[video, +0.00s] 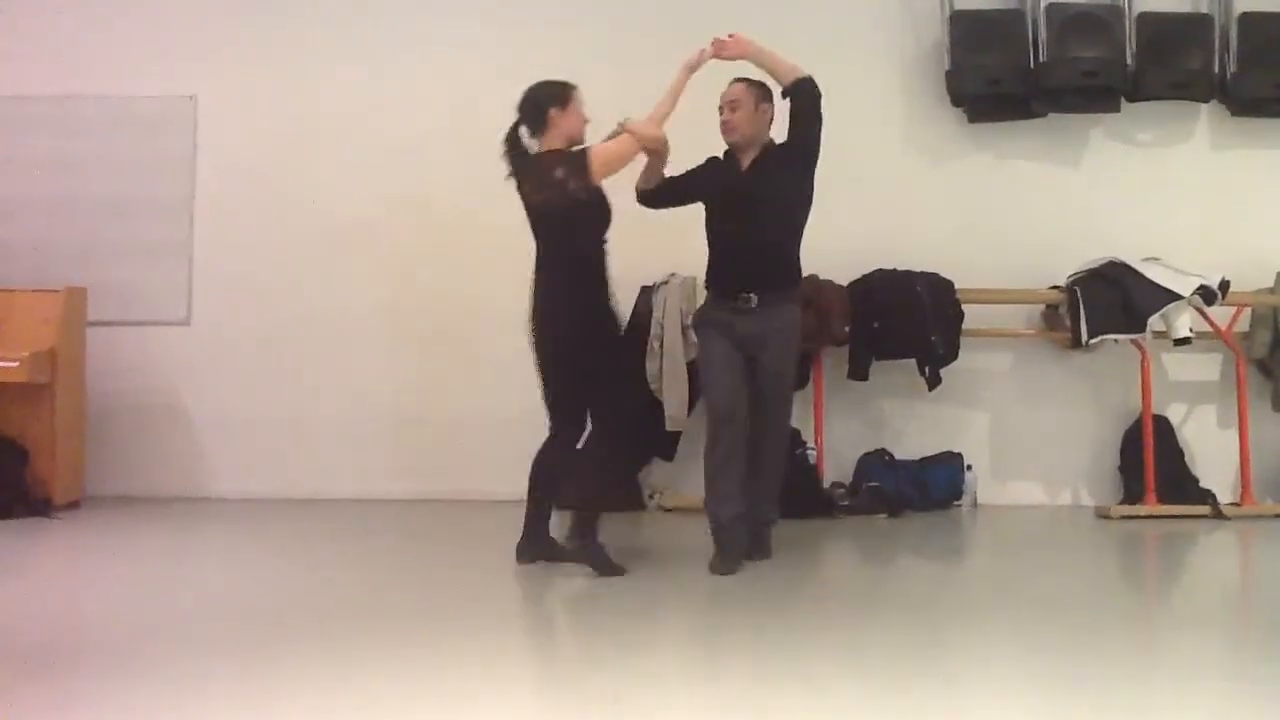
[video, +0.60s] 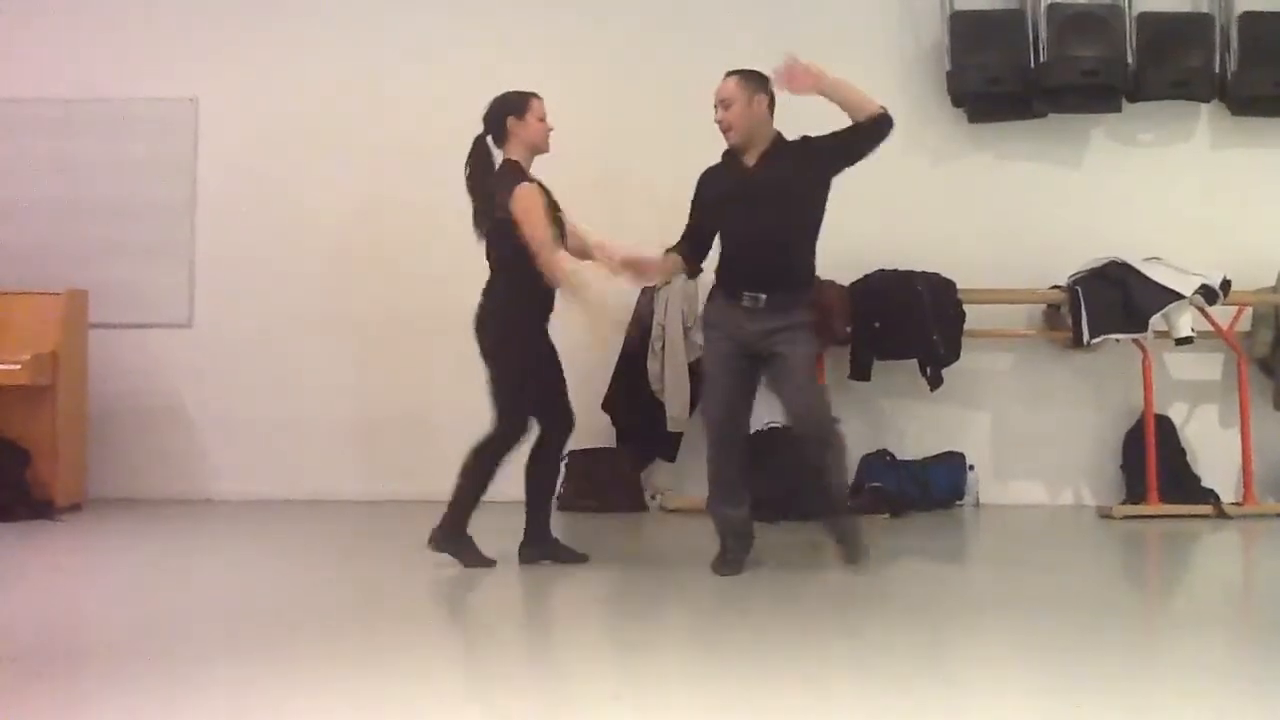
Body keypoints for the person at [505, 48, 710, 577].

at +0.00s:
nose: (587, 117)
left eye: (582, 108)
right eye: (579, 108)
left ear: (547, 117)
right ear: (555, 116)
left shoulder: (533, 169)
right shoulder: (569, 167)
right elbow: (648, 133)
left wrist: (630, 136)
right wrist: (685, 73)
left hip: (553, 308)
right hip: (582, 311)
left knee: (565, 425)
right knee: (620, 418)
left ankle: (534, 535)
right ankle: (584, 535)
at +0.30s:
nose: (567, 122)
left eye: (563, 115)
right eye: (558, 116)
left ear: (532, 127)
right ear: (533, 127)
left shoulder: (524, 175)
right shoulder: (550, 173)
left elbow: (596, 163)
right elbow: (633, 148)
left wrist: (618, 147)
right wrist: (672, 82)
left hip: (527, 320)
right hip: (544, 325)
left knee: (542, 428)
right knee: (597, 417)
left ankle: (532, 533)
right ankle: (525, 514)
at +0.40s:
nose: (558, 124)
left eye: (555, 115)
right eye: (550, 116)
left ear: (522, 126)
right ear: (524, 123)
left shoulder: (514, 174)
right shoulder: (541, 176)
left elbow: (587, 186)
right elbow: (619, 179)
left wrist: (616, 177)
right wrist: (659, 120)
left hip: (521, 315)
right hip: (536, 321)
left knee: (547, 427)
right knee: (565, 428)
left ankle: (534, 537)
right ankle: (484, 505)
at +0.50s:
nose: (554, 125)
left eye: (551, 117)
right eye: (545, 118)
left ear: (515, 128)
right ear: (517, 127)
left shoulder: (507, 179)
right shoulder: (542, 184)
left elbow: (571, 216)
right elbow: (595, 218)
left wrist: (616, 220)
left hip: (512, 320)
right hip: (534, 325)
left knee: (544, 429)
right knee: (547, 431)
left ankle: (537, 538)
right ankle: (472, 515)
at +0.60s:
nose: (549, 126)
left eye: (546, 118)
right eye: (541, 119)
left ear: (513, 128)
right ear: (514, 127)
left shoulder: (509, 185)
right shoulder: (525, 191)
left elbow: (576, 241)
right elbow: (547, 258)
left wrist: (622, 261)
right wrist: (590, 297)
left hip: (505, 319)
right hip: (517, 322)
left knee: (513, 424)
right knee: (555, 422)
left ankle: (452, 528)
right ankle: (537, 538)